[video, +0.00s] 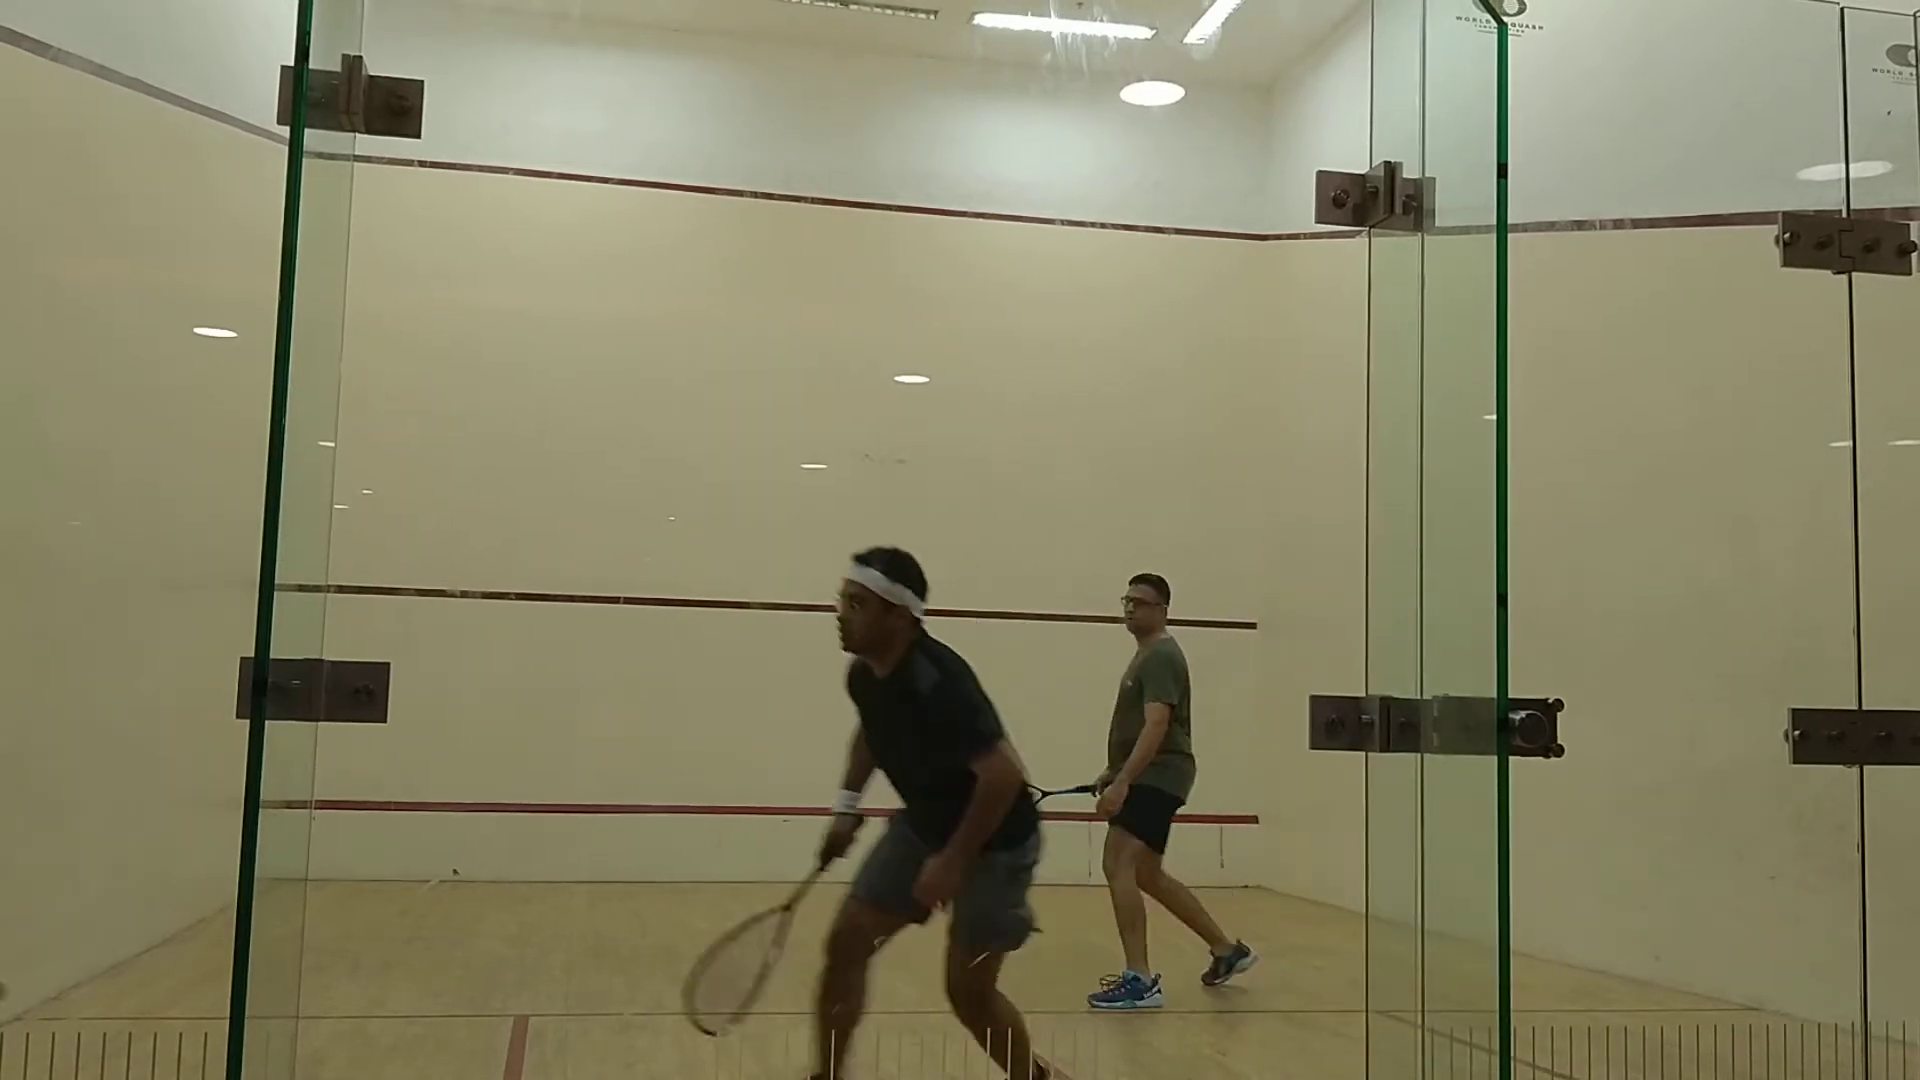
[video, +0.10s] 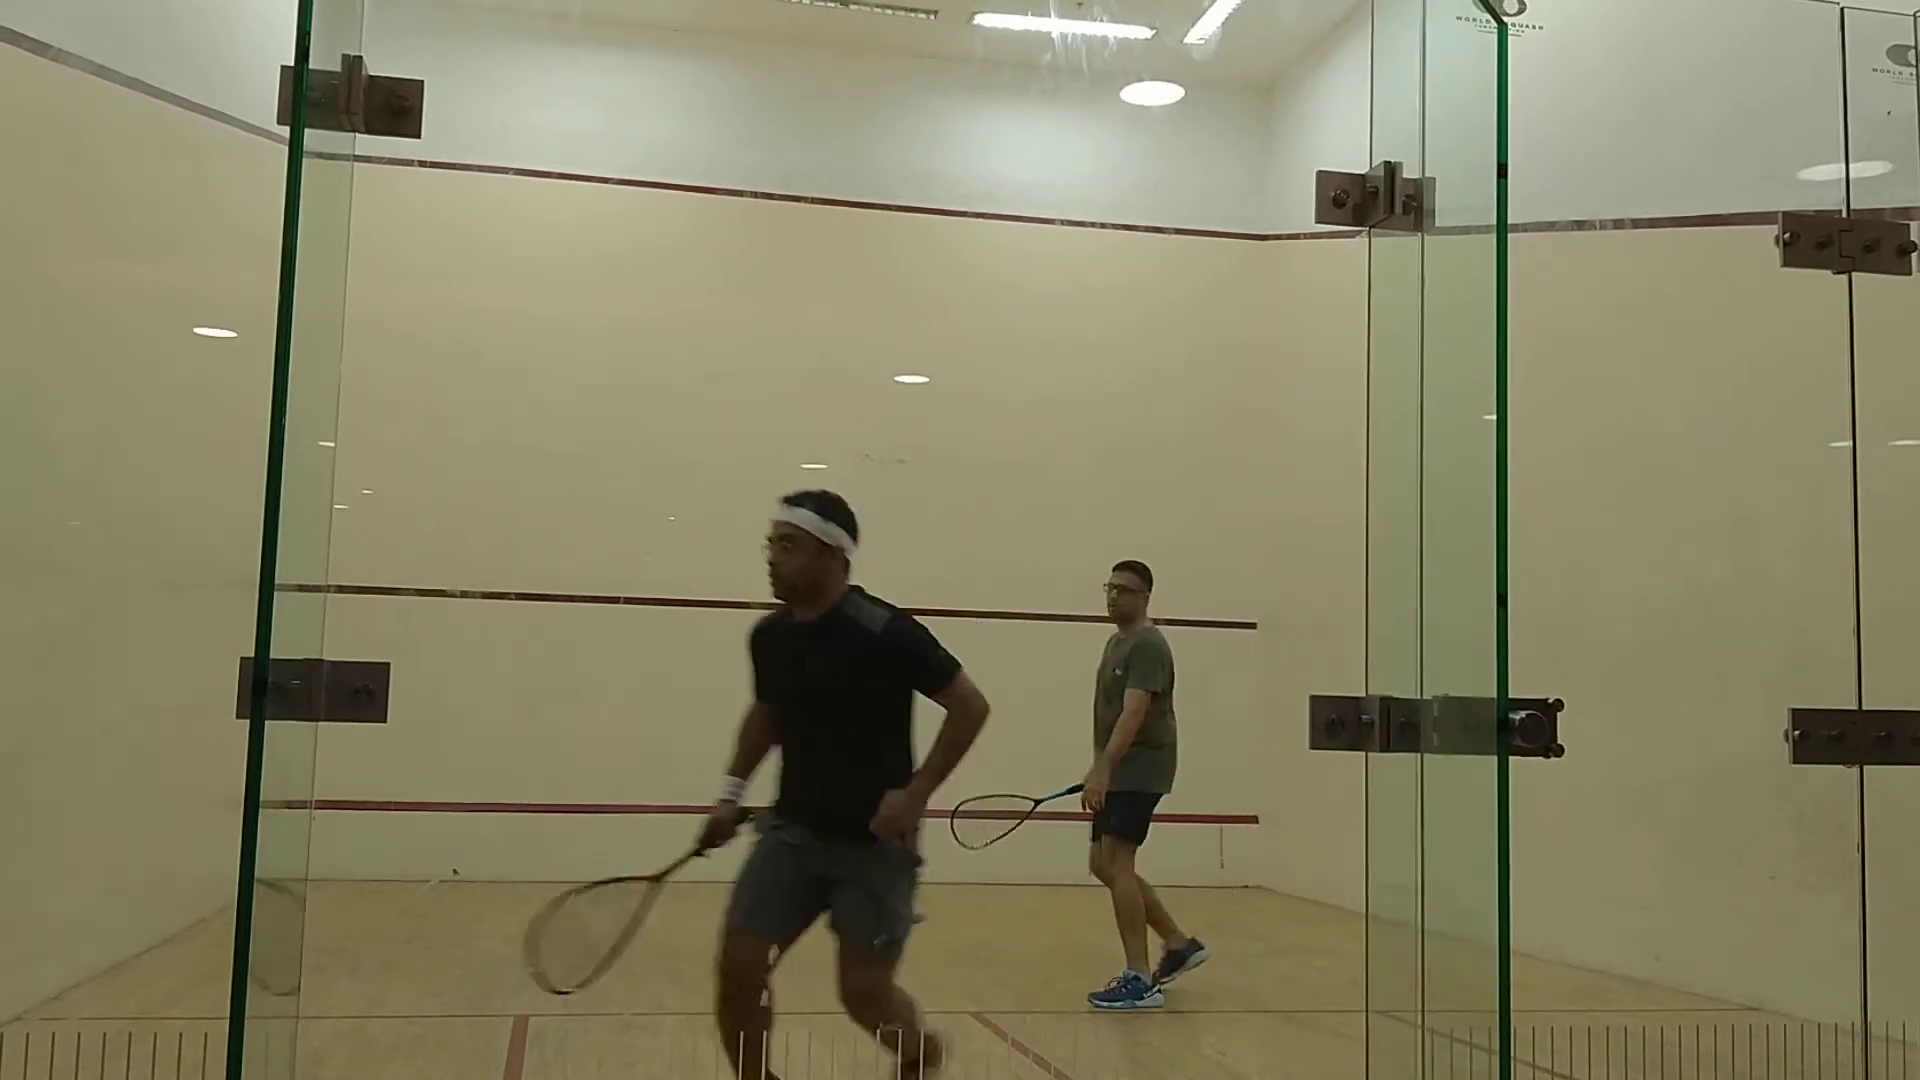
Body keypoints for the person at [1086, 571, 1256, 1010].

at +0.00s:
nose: (1130, 609)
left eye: (1141, 603)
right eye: (1128, 602)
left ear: (1162, 610)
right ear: (1126, 608)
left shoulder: (1161, 656)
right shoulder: (1148, 654)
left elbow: (1156, 728)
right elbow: (1141, 727)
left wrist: (1121, 783)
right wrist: (1113, 773)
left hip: (1153, 778)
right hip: (1154, 779)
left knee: (1118, 866)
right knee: (1148, 875)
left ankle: (1139, 979)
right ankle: (1226, 949)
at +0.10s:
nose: (1114, 597)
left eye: (1125, 591)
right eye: (1111, 589)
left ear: (1145, 598)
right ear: (1108, 593)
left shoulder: (1147, 645)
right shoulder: (1120, 642)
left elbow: (1133, 715)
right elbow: (1116, 715)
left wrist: (1101, 771)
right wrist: (1099, 772)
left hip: (1139, 773)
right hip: (1121, 772)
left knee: (1118, 865)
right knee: (1101, 863)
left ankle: (1138, 977)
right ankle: (1178, 942)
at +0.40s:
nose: (1050, 586)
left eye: (1061, 580)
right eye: (1046, 580)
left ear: (1082, 586)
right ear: (1041, 585)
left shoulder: (1084, 635)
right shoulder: (1053, 636)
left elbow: (1089, 704)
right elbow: (1045, 708)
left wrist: (1061, 760)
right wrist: (1021, 758)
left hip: (1073, 776)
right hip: (1043, 773)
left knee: (1053, 866)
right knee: (1022, 856)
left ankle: (1124, 960)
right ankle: (1043, 969)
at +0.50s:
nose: (1027, 587)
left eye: (1037, 580)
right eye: (1022, 579)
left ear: (1057, 586)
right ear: (1016, 584)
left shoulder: (1063, 634)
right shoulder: (1027, 637)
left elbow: (1072, 706)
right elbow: (1016, 709)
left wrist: (1054, 765)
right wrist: (993, 761)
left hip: (1039, 771)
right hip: (1019, 770)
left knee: (996, 856)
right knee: (1018, 865)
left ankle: (1065, 942)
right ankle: (1043, 969)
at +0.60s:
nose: (1001, 584)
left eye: (1011, 578)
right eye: (996, 577)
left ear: (1031, 585)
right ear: (991, 583)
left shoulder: (1039, 633)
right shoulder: (998, 635)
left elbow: (1054, 701)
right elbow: (987, 707)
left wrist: (1045, 767)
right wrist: (965, 761)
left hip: (1010, 770)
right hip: (993, 768)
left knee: (961, 854)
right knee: (1003, 865)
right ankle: (1043, 970)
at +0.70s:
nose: (972, 589)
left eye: (983, 583)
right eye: (968, 582)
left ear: (1004, 587)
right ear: (964, 588)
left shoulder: (1010, 638)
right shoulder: (974, 640)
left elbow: (1030, 706)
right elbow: (963, 712)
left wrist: (1027, 774)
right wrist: (936, 762)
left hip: (985, 774)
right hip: (966, 774)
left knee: (942, 860)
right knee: (971, 869)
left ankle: (970, 977)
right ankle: (1032, 961)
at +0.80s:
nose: (949, 581)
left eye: (960, 575)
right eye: (945, 574)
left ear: (981, 581)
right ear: (941, 579)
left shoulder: (985, 631)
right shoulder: (960, 630)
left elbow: (1003, 697)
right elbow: (952, 704)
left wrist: (1002, 766)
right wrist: (924, 751)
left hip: (963, 773)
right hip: (947, 770)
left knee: (934, 860)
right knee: (942, 861)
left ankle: (967, 976)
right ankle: (1001, 949)